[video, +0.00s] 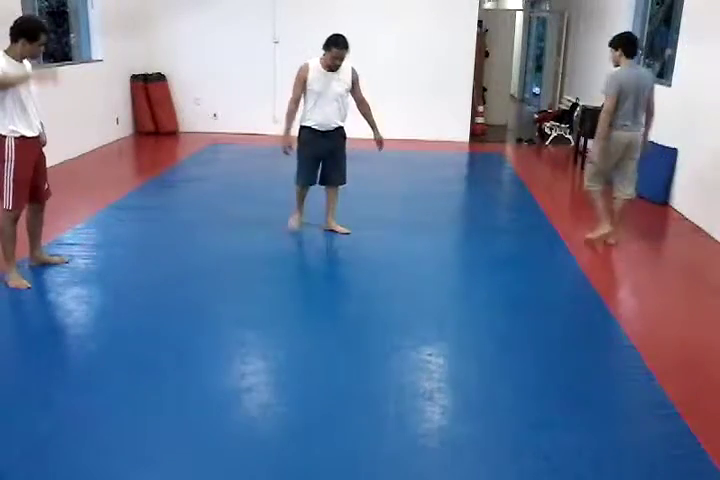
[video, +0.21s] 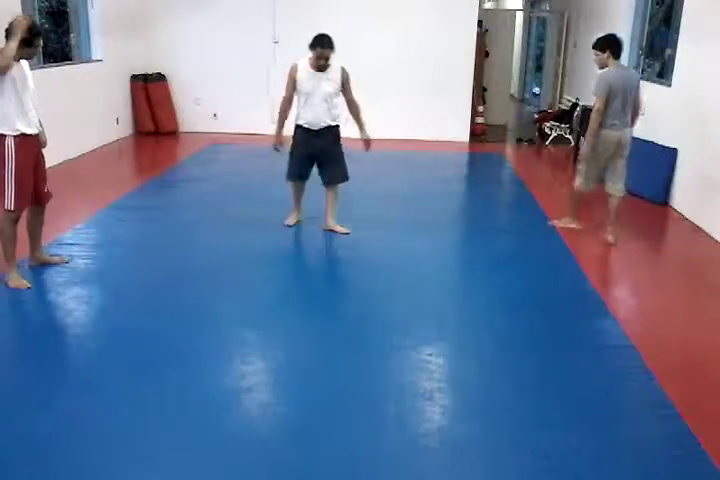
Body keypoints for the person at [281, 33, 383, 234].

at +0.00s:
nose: (339, 62)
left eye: (342, 58)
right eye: (335, 58)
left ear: (346, 56)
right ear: (325, 52)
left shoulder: (349, 73)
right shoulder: (307, 70)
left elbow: (361, 102)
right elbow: (294, 101)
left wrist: (375, 131)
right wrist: (287, 133)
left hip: (336, 134)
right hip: (309, 132)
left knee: (334, 181)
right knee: (304, 180)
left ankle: (330, 220)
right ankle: (298, 213)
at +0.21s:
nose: (323, 62)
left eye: (327, 58)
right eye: (319, 57)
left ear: (332, 54)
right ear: (311, 53)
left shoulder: (340, 73)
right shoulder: (297, 70)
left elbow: (351, 103)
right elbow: (287, 100)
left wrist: (363, 132)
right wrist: (279, 132)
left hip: (330, 133)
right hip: (303, 132)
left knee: (333, 179)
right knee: (297, 176)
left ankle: (330, 220)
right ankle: (296, 212)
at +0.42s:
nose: (305, 63)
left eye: (309, 59)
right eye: (301, 59)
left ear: (317, 55)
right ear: (296, 55)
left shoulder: (329, 72)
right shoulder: (288, 70)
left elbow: (336, 103)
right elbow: (283, 101)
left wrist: (336, 130)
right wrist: (280, 131)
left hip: (323, 129)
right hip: (298, 129)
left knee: (331, 176)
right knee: (295, 175)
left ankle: (333, 218)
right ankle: (296, 212)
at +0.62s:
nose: (301, 61)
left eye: (305, 57)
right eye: (297, 57)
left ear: (313, 51)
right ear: (293, 53)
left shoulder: (327, 69)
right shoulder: (288, 69)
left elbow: (337, 100)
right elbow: (284, 99)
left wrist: (325, 123)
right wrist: (281, 129)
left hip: (322, 126)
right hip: (298, 127)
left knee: (333, 174)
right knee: (295, 173)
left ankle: (342, 213)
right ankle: (296, 211)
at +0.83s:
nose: (306, 62)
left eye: (310, 58)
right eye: (304, 57)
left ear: (320, 54)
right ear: (300, 54)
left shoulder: (332, 66)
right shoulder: (295, 70)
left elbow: (343, 94)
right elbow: (289, 99)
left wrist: (332, 76)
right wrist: (282, 128)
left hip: (327, 126)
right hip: (302, 126)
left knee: (336, 175)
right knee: (296, 173)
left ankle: (344, 213)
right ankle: (297, 211)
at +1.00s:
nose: (314, 62)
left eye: (317, 59)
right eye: (312, 58)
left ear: (328, 56)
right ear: (309, 54)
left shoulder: (338, 68)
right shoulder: (303, 69)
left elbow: (348, 74)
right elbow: (296, 98)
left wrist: (337, 46)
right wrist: (288, 128)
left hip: (333, 127)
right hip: (308, 126)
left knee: (341, 176)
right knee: (300, 173)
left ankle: (344, 213)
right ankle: (297, 211)